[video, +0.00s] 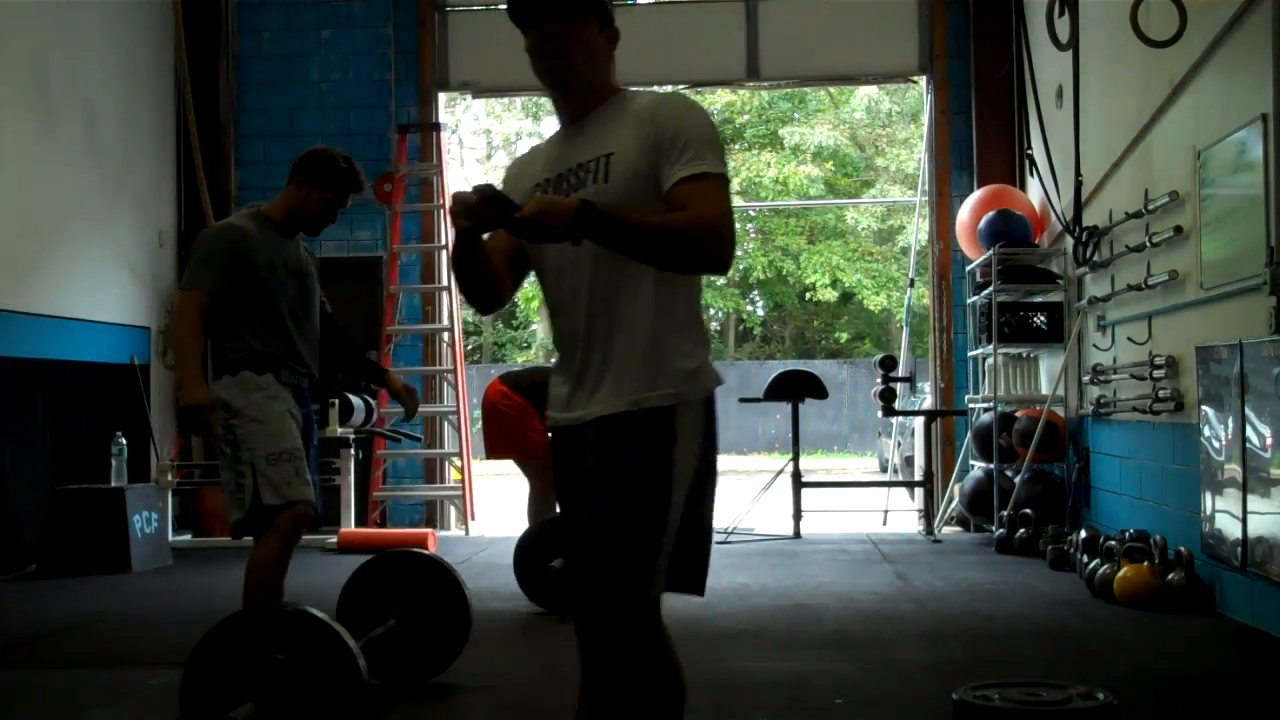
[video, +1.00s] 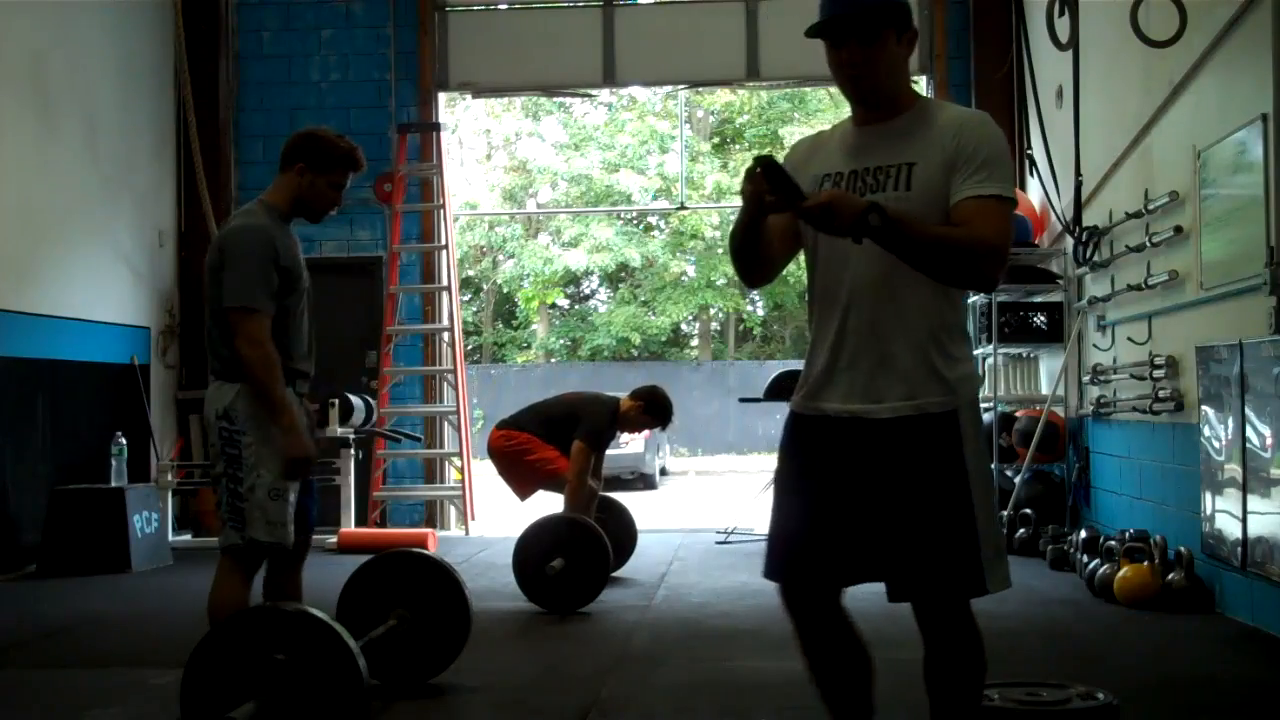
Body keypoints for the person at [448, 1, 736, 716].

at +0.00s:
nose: (546, 47)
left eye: (563, 29)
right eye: (534, 36)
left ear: (609, 35)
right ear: (526, 48)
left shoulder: (668, 117)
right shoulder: (528, 172)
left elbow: (713, 244)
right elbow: (489, 296)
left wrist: (582, 218)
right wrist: (465, 236)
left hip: (660, 399)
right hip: (576, 408)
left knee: (625, 613)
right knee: (602, 616)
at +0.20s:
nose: (600, 49)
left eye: (616, 31)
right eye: (588, 38)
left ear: (660, 36)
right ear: (581, 51)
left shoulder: (720, 118)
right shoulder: (583, 171)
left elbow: (764, 242)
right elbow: (541, 290)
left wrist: (635, 221)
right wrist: (525, 240)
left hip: (715, 396)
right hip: (628, 405)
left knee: (702, 613)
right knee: (651, 618)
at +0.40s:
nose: (674, 44)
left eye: (691, 27)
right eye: (662, 32)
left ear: (732, 37)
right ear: (652, 49)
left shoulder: (790, 129)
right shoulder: (644, 169)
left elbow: (826, 257)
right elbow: (595, 289)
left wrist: (705, 234)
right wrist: (586, 244)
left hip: (779, 409)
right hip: (677, 417)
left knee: (825, 612)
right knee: (669, 620)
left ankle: (903, 715)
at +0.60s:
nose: (759, 49)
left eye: (776, 32)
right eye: (745, 37)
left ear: (812, 46)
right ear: (732, 54)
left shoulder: (870, 138)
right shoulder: (719, 166)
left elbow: (907, 264)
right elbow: (663, 295)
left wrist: (789, 246)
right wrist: (667, 250)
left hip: (861, 419)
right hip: (753, 423)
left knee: (910, 616)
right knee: (715, 619)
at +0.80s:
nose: (820, 46)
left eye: (838, 28)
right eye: (805, 31)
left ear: (876, 38)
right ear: (791, 46)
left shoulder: (936, 134)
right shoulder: (775, 158)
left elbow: (971, 267)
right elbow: (729, 285)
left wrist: (854, 241)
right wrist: (724, 248)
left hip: (910, 411)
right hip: (803, 409)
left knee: (932, 608)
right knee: (758, 594)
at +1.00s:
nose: (847, 58)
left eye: (863, 40)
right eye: (836, 44)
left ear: (907, 40)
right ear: (824, 52)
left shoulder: (968, 135)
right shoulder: (809, 157)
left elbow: (983, 262)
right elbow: (755, 268)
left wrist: (869, 219)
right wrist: (752, 212)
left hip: (929, 407)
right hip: (827, 407)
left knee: (940, 601)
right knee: (802, 584)